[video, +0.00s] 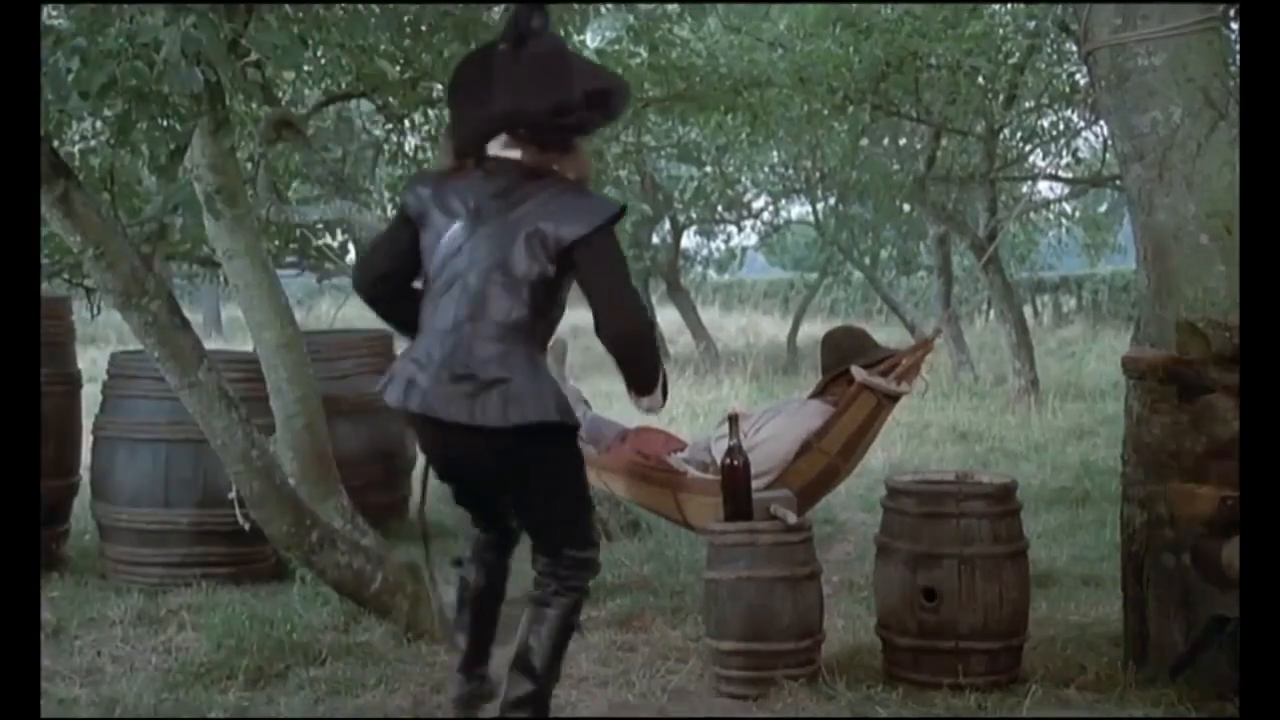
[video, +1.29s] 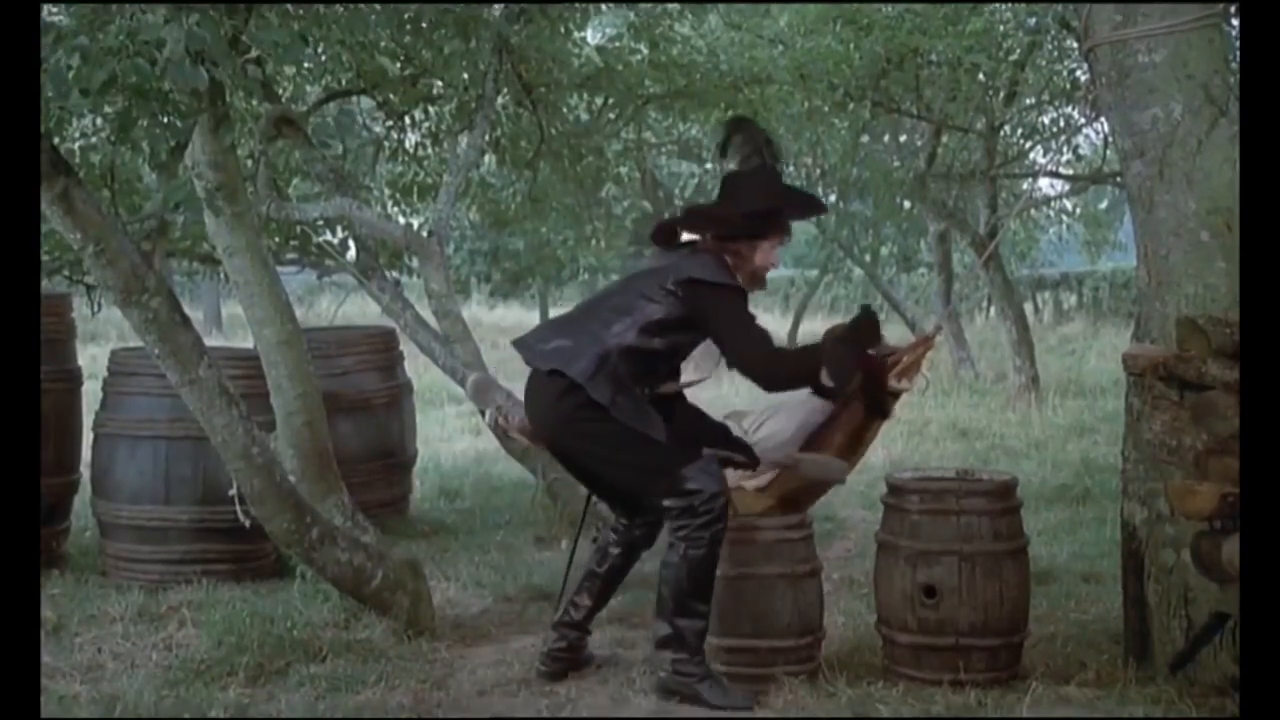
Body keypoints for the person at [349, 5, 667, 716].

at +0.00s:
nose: (589, 146)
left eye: (587, 132)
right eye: (583, 134)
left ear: (490, 129)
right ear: (562, 135)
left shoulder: (438, 193)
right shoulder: (573, 209)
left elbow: (373, 274)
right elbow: (621, 317)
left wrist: (432, 330)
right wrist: (646, 379)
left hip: (431, 410)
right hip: (519, 414)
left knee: (491, 528)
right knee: (568, 555)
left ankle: (469, 682)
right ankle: (525, 702)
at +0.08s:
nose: (598, 151)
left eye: (597, 137)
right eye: (594, 138)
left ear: (504, 137)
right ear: (575, 142)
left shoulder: (460, 199)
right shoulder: (578, 213)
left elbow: (423, 293)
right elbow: (609, 328)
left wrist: (478, 331)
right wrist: (635, 365)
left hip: (449, 412)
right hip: (526, 415)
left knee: (505, 543)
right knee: (611, 535)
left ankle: (481, 692)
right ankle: (532, 695)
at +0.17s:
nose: (615, 184)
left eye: (614, 169)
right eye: (612, 170)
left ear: (545, 160)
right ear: (592, 166)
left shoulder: (507, 216)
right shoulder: (587, 223)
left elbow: (526, 347)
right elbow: (611, 346)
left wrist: (602, 373)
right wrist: (641, 370)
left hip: (459, 411)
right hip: (519, 414)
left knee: (534, 531)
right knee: (642, 500)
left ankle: (486, 680)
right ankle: (582, 664)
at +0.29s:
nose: (665, 193)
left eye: (664, 179)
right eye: (660, 179)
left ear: (597, 171)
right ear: (639, 176)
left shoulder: (570, 219)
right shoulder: (624, 226)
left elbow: (585, 349)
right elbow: (637, 348)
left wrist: (632, 424)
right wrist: (676, 374)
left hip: (485, 394)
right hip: (525, 401)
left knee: (568, 500)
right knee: (645, 504)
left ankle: (503, 655)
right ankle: (627, 676)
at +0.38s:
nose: (680, 218)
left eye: (679, 204)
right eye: (677, 204)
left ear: (614, 195)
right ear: (663, 200)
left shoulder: (586, 240)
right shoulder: (645, 246)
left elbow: (637, 390)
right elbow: (659, 361)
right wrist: (696, 385)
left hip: (493, 401)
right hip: (535, 409)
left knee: (595, 481)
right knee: (662, 506)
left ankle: (534, 637)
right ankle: (631, 677)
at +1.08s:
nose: (752, 260)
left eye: (753, 246)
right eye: (749, 244)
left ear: (699, 239)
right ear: (719, 242)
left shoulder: (649, 272)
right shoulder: (677, 285)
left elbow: (650, 403)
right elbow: (705, 395)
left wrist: (725, 459)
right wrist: (756, 389)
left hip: (526, 399)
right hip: (552, 407)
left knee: (635, 509)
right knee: (690, 488)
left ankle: (563, 644)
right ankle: (648, 663)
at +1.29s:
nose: (778, 258)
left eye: (781, 246)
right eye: (774, 245)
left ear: (729, 237)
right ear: (741, 241)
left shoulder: (678, 268)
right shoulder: (709, 276)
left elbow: (659, 389)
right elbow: (769, 370)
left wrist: (728, 446)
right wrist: (841, 347)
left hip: (551, 393)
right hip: (581, 401)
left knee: (640, 512)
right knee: (700, 498)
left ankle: (564, 643)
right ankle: (685, 666)